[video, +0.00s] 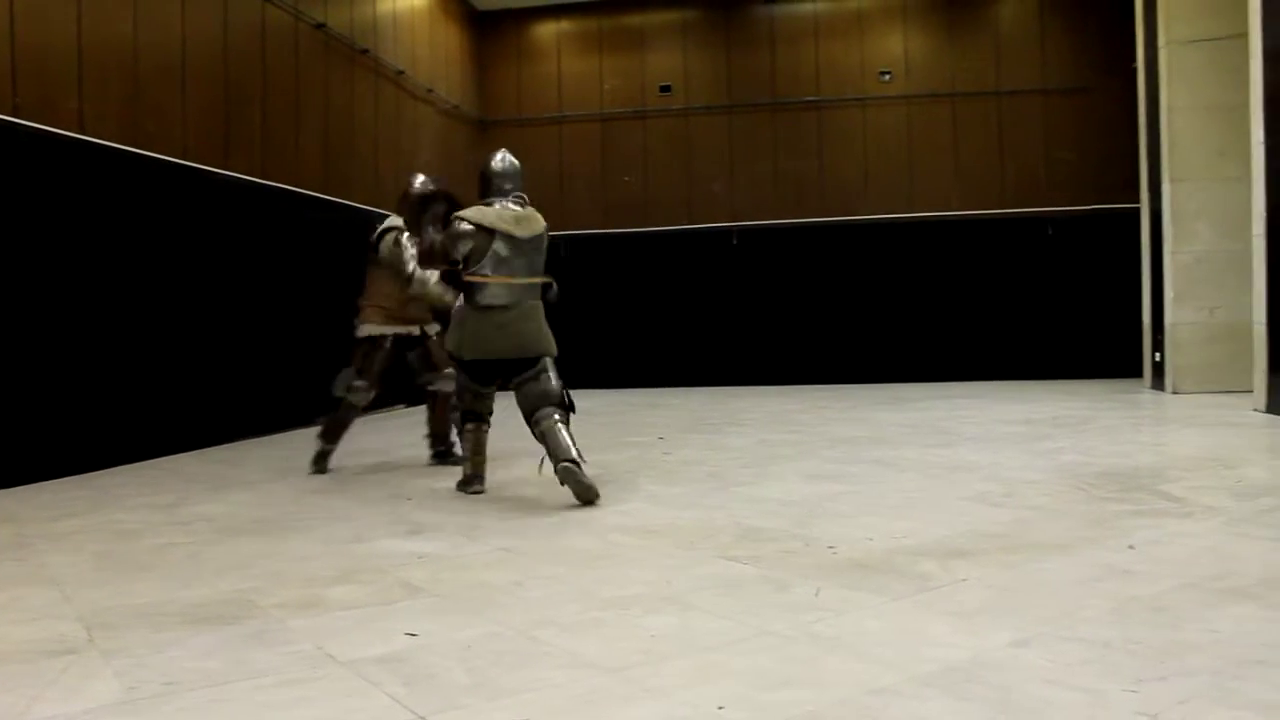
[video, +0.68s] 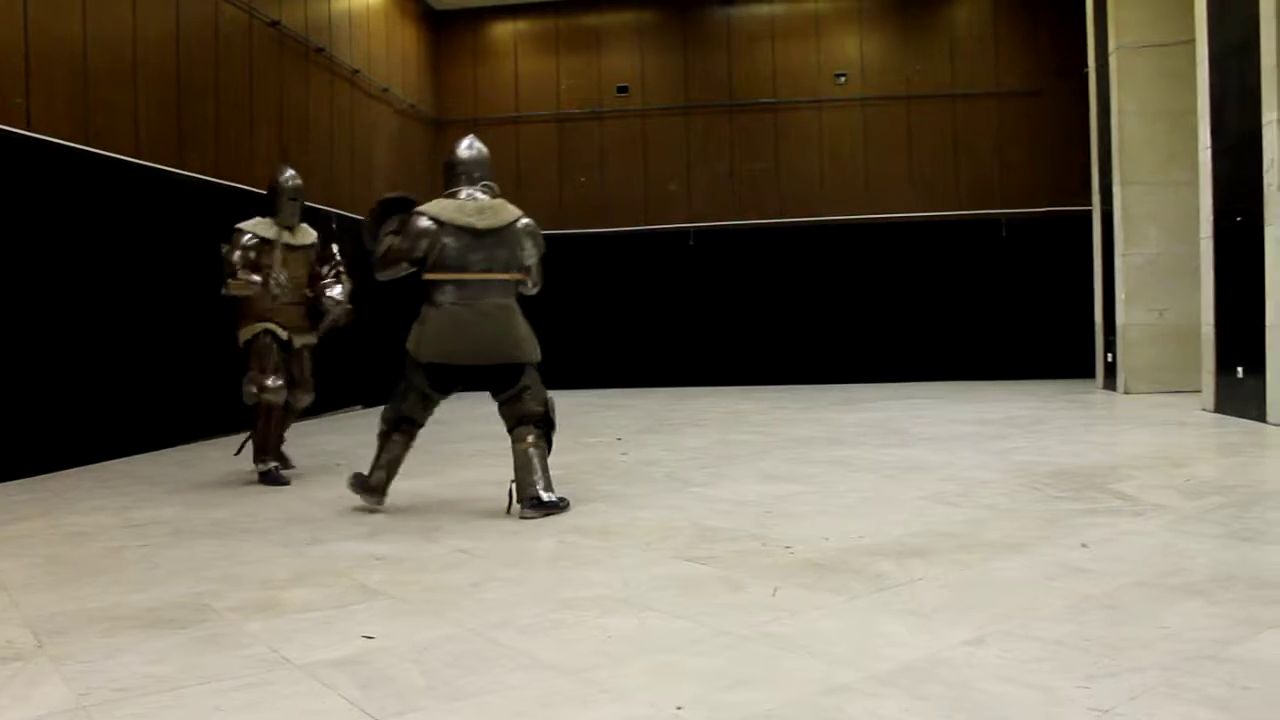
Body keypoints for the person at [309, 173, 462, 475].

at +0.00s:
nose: (436, 218)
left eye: (437, 211)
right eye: (431, 210)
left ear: (433, 209)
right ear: (415, 206)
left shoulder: (431, 239)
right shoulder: (394, 234)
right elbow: (415, 276)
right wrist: (450, 297)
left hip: (420, 322)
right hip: (382, 324)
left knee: (443, 378)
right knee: (363, 388)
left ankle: (442, 447)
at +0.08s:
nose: (439, 205)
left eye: (443, 199)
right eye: (435, 197)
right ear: (414, 202)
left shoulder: (417, 242)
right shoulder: (387, 243)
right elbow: (393, 301)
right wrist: (433, 319)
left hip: (407, 327)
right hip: (372, 327)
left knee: (438, 383)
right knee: (353, 395)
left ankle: (434, 450)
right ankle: (310, 453)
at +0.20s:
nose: (390, 216)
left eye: (392, 210)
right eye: (385, 209)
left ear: (394, 209)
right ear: (371, 208)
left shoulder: (392, 240)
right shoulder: (359, 244)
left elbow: (426, 255)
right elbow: (364, 301)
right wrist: (405, 321)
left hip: (381, 328)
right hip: (350, 329)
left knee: (417, 385)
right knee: (346, 396)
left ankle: (426, 451)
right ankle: (307, 462)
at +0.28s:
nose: (368, 212)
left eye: (370, 206)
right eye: (362, 205)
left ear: (372, 207)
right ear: (349, 205)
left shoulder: (373, 240)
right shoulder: (340, 241)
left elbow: (400, 267)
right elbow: (335, 297)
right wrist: (376, 317)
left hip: (364, 328)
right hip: (331, 328)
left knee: (392, 389)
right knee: (328, 396)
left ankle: (410, 450)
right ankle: (298, 463)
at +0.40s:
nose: (341, 208)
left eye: (345, 201)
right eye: (336, 201)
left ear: (349, 202)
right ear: (323, 200)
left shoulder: (347, 239)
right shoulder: (306, 234)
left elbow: (346, 286)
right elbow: (289, 287)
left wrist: (375, 279)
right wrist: (328, 310)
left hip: (340, 327)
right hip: (305, 327)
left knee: (366, 384)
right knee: (308, 394)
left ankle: (359, 451)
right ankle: (288, 463)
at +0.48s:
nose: (323, 206)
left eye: (326, 200)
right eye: (317, 199)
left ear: (329, 201)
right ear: (302, 198)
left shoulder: (331, 236)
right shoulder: (283, 232)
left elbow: (359, 266)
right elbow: (264, 275)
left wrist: (362, 283)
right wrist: (300, 302)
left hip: (327, 328)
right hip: (291, 327)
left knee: (342, 387)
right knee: (291, 393)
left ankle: (318, 443)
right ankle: (277, 463)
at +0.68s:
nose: (293, 205)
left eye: (297, 198)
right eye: (287, 198)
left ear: (302, 200)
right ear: (274, 198)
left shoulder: (311, 238)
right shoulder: (252, 234)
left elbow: (330, 274)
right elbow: (234, 276)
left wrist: (333, 299)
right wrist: (260, 286)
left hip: (300, 326)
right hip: (263, 323)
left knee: (300, 393)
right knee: (270, 388)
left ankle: (276, 444)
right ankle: (265, 460)